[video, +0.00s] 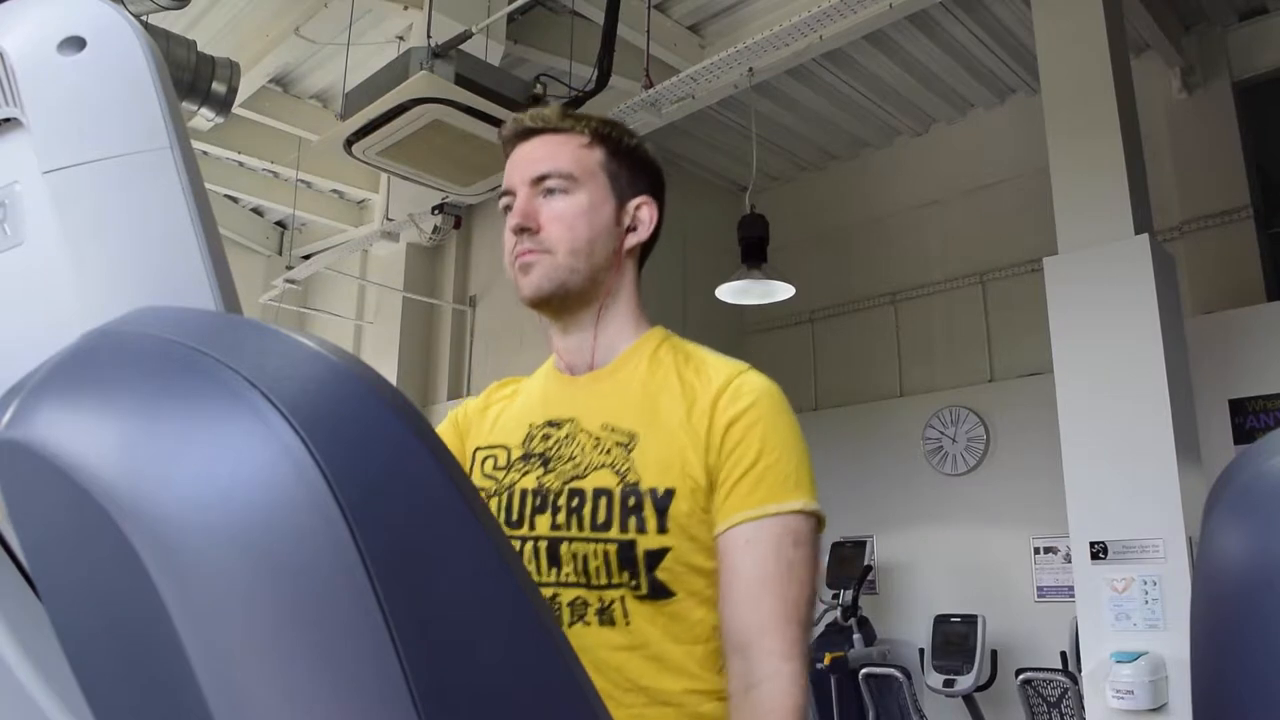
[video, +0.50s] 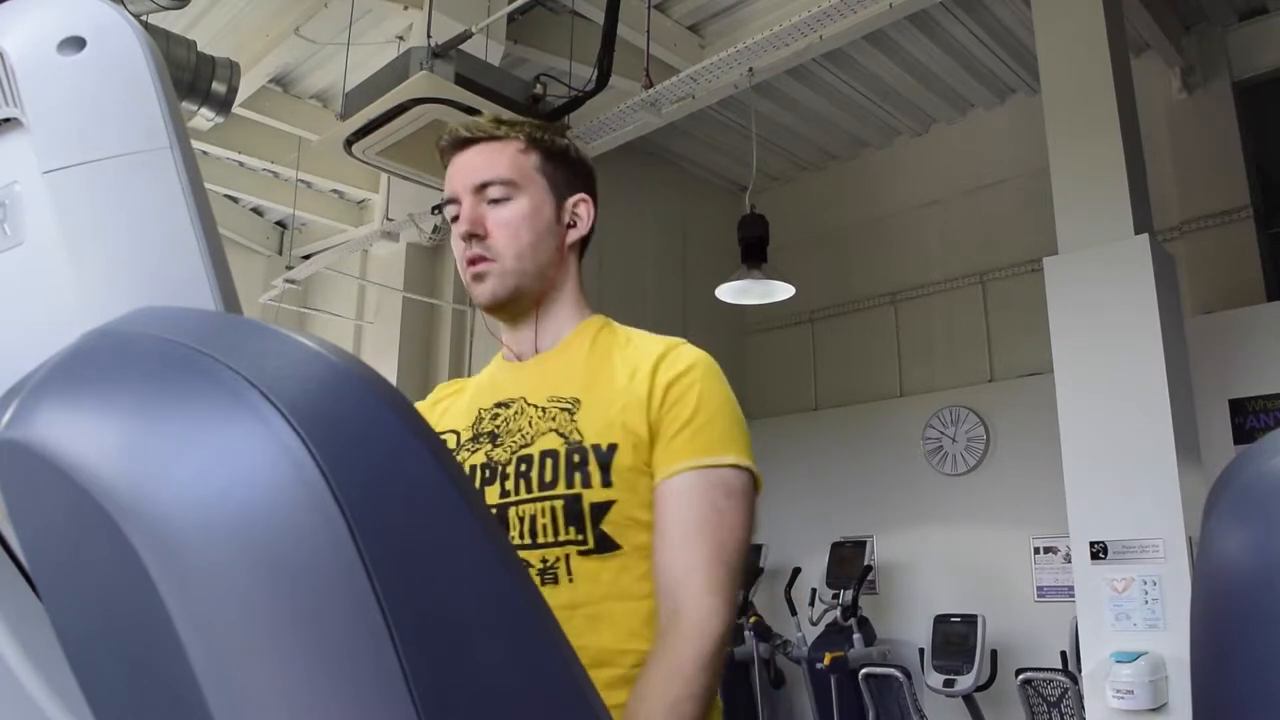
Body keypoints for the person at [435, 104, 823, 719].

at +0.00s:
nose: (517, 217)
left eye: (552, 190)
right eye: (508, 203)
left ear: (635, 222)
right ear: (503, 231)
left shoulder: (734, 405)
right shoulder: (465, 429)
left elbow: (766, 675)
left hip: (673, 704)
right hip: (490, 703)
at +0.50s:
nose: (465, 226)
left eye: (497, 197)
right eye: (454, 211)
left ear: (574, 218)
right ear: (446, 237)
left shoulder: (673, 376)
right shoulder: (432, 418)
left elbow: (695, 631)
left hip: (619, 701)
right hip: (461, 702)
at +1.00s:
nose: (469, 239)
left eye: (500, 207)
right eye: (464, 219)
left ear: (588, 224)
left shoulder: (697, 406)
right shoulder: (446, 427)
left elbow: (746, 671)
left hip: (646, 704)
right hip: (463, 703)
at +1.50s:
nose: (485, 247)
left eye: (518, 215)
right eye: (474, 228)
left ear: (600, 234)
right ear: (467, 248)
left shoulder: (703, 404)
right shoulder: (446, 435)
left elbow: (730, 668)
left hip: (640, 704)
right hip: (466, 703)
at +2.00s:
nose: (477, 239)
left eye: (508, 210)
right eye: (462, 222)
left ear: (583, 231)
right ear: (455, 247)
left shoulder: (692, 393)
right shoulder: (435, 432)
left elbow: (753, 616)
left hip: (670, 704)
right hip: (486, 704)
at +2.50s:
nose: (524, 219)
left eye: (558, 192)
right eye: (513, 200)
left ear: (636, 216)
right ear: (506, 221)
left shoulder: (729, 389)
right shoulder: (462, 421)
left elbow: (765, 645)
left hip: (679, 703)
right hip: (497, 703)